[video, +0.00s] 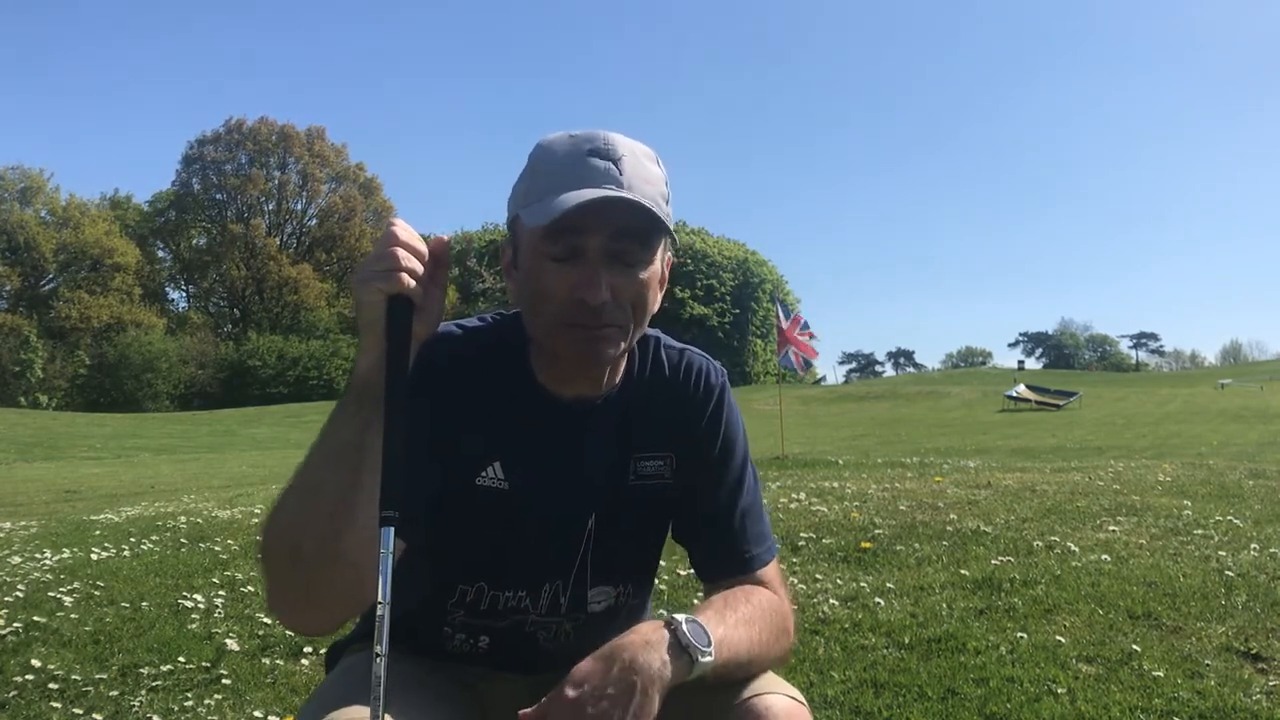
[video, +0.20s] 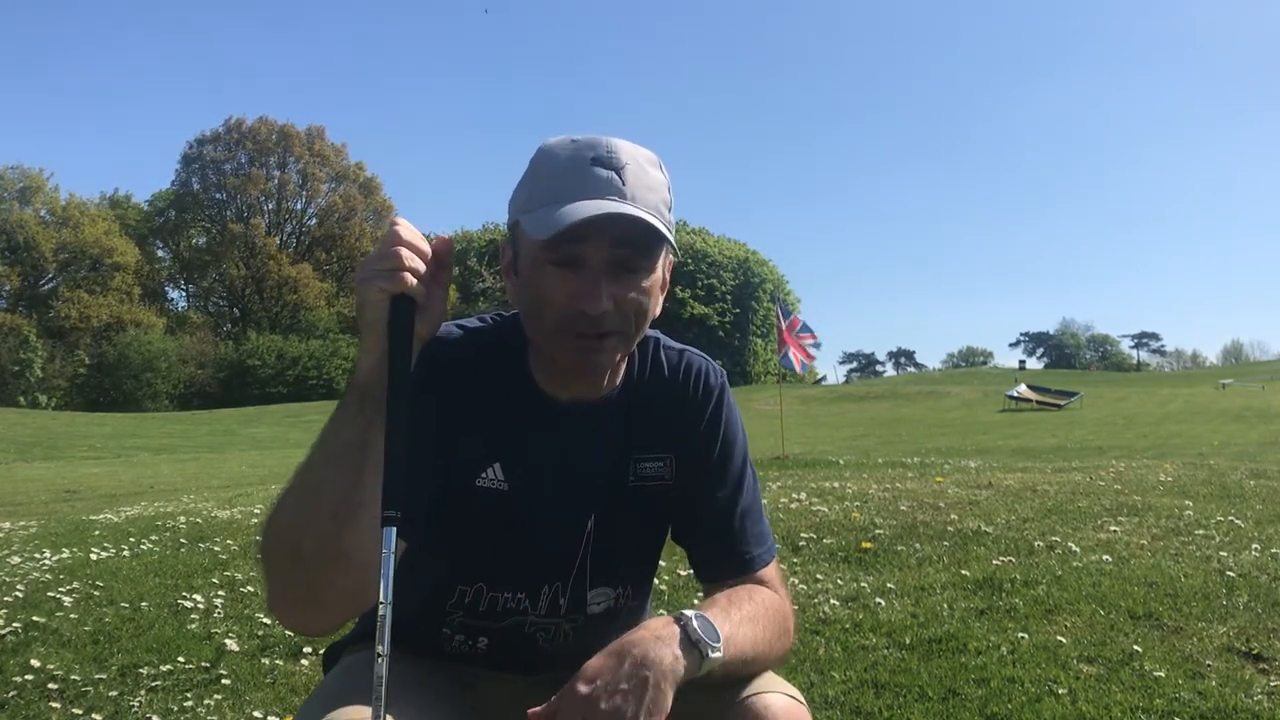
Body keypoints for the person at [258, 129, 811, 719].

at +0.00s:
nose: (596, 289)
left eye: (626, 254)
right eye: (564, 253)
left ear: (663, 275)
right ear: (510, 263)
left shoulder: (689, 390)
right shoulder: (437, 369)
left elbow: (765, 607)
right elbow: (303, 606)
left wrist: (668, 647)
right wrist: (377, 367)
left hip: (612, 670)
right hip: (432, 669)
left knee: (778, 711)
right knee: (346, 715)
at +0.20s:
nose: (597, 300)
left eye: (628, 265)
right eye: (565, 261)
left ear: (663, 279)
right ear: (510, 266)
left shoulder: (689, 392)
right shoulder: (433, 369)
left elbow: (764, 605)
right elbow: (303, 606)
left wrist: (676, 643)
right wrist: (377, 370)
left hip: (613, 671)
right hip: (431, 668)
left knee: (777, 710)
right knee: (343, 712)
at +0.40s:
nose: (598, 299)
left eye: (629, 265)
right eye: (566, 261)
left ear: (664, 280)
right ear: (510, 267)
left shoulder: (688, 391)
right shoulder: (436, 370)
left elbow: (764, 606)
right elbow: (307, 608)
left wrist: (675, 643)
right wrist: (379, 370)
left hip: (612, 671)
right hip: (432, 669)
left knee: (777, 709)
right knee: (343, 712)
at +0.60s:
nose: (604, 312)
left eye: (633, 278)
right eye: (573, 276)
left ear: (667, 279)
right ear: (513, 269)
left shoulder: (690, 392)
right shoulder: (439, 369)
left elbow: (761, 600)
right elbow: (312, 606)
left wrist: (694, 643)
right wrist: (384, 369)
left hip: (610, 673)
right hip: (432, 670)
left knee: (778, 710)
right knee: (346, 713)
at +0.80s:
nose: (610, 316)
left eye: (638, 281)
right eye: (578, 279)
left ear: (668, 278)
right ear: (514, 269)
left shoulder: (692, 392)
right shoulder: (435, 370)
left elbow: (752, 587)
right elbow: (312, 607)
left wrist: (748, 624)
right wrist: (379, 368)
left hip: (606, 672)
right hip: (433, 673)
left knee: (780, 711)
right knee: (352, 715)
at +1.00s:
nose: (607, 314)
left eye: (635, 278)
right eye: (575, 277)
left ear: (665, 276)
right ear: (511, 266)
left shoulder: (688, 389)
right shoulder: (435, 367)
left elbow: (743, 576)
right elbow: (314, 609)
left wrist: (767, 603)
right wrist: (379, 371)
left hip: (606, 666)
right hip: (435, 670)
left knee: (781, 707)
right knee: (360, 713)